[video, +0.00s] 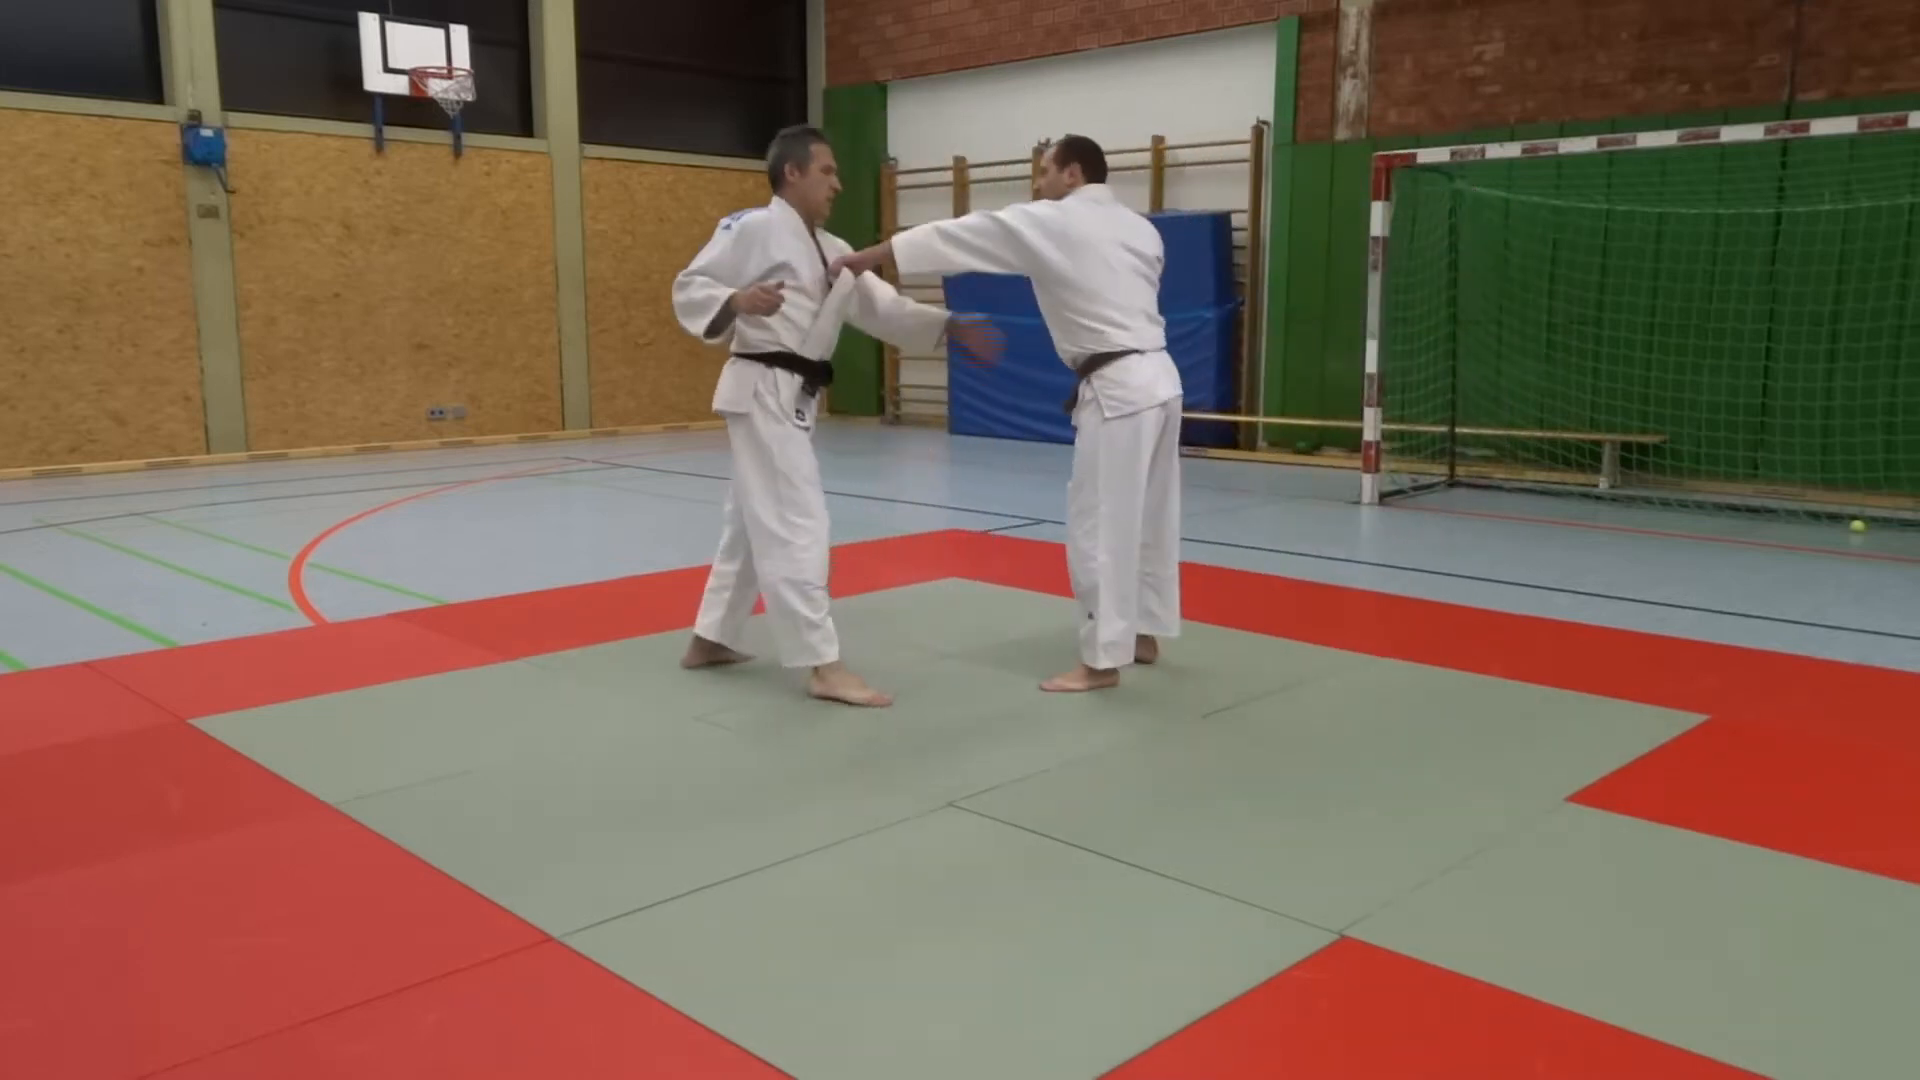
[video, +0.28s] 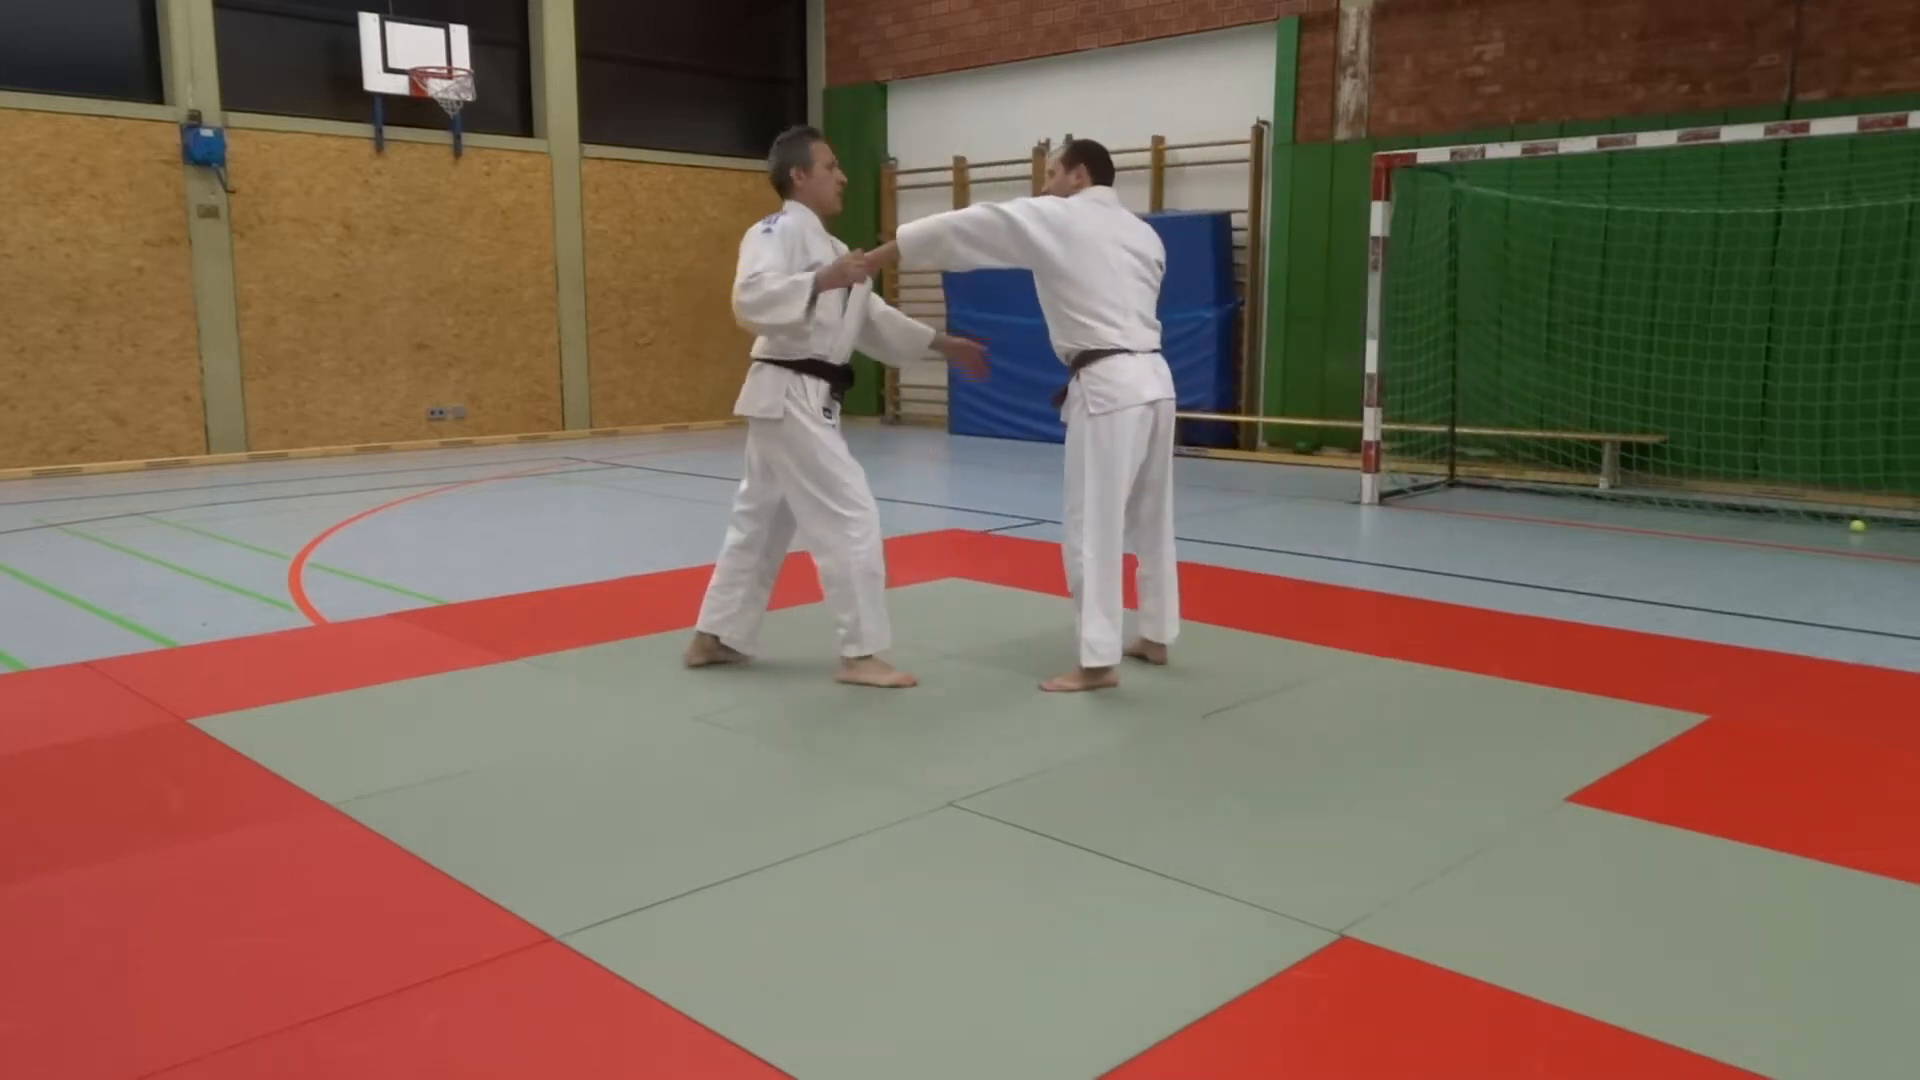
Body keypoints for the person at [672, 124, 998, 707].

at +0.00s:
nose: (835, 185)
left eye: (837, 175)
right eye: (826, 173)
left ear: (803, 179)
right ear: (789, 175)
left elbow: (884, 306)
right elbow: (688, 290)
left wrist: (951, 327)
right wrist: (734, 299)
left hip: (795, 393)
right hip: (759, 388)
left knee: (755, 516)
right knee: (800, 521)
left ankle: (710, 639)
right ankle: (825, 666)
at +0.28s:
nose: (843, 178)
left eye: (840, 167)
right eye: (831, 167)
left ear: (809, 177)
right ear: (797, 177)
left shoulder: (833, 250)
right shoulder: (777, 231)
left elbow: (874, 319)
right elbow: (751, 299)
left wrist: (942, 344)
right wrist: (823, 279)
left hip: (803, 394)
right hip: (787, 393)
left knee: (762, 518)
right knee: (852, 514)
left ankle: (713, 637)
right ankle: (861, 655)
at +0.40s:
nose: (866, 174)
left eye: (863, 164)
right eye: (857, 164)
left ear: (827, 173)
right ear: (828, 171)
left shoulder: (838, 237)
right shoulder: (806, 229)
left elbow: (883, 300)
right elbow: (805, 278)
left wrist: (953, 312)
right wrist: (875, 253)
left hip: (802, 385)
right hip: (815, 389)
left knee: (786, 516)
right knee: (861, 522)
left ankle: (729, 619)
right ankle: (859, 655)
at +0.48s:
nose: (875, 174)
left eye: (874, 163)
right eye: (868, 163)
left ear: (837, 170)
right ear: (841, 168)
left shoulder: (841, 224)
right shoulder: (824, 221)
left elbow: (886, 292)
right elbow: (859, 272)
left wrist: (957, 298)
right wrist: (913, 228)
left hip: (823, 380)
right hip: (828, 384)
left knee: (828, 513)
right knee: (858, 520)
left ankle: (757, 598)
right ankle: (858, 657)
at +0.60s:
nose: (883, 173)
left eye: (881, 162)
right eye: (876, 162)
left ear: (845, 166)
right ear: (848, 164)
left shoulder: (843, 218)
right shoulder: (831, 218)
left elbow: (896, 296)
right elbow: (905, 252)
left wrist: (960, 279)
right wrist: (961, 223)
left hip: (841, 376)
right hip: (837, 380)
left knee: (852, 505)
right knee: (867, 519)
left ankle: (827, 608)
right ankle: (856, 661)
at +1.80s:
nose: (895, 180)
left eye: (893, 171)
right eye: (885, 170)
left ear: (859, 177)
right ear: (852, 175)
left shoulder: (859, 226)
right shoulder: (836, 219)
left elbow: (877, 302)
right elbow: (892, 246)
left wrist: (946, 313)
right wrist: (967, 229)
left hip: (852, 372)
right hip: (828, 369)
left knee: (845, 503)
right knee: (832, 505)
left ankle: (845, 617)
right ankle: (775, 621)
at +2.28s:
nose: (856, 188)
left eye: (855, 177)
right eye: (848, 177)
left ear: (822, 178)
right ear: (816, 178)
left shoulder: (828, 237)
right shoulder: (782, 227)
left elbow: (868, 298)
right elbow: (859, 251)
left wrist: (938, 299)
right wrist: (947, 228)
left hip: (802, 389)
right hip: (756, 382)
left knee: (816, 499)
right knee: (742, 507)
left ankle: (823, 616)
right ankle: (727, 638)